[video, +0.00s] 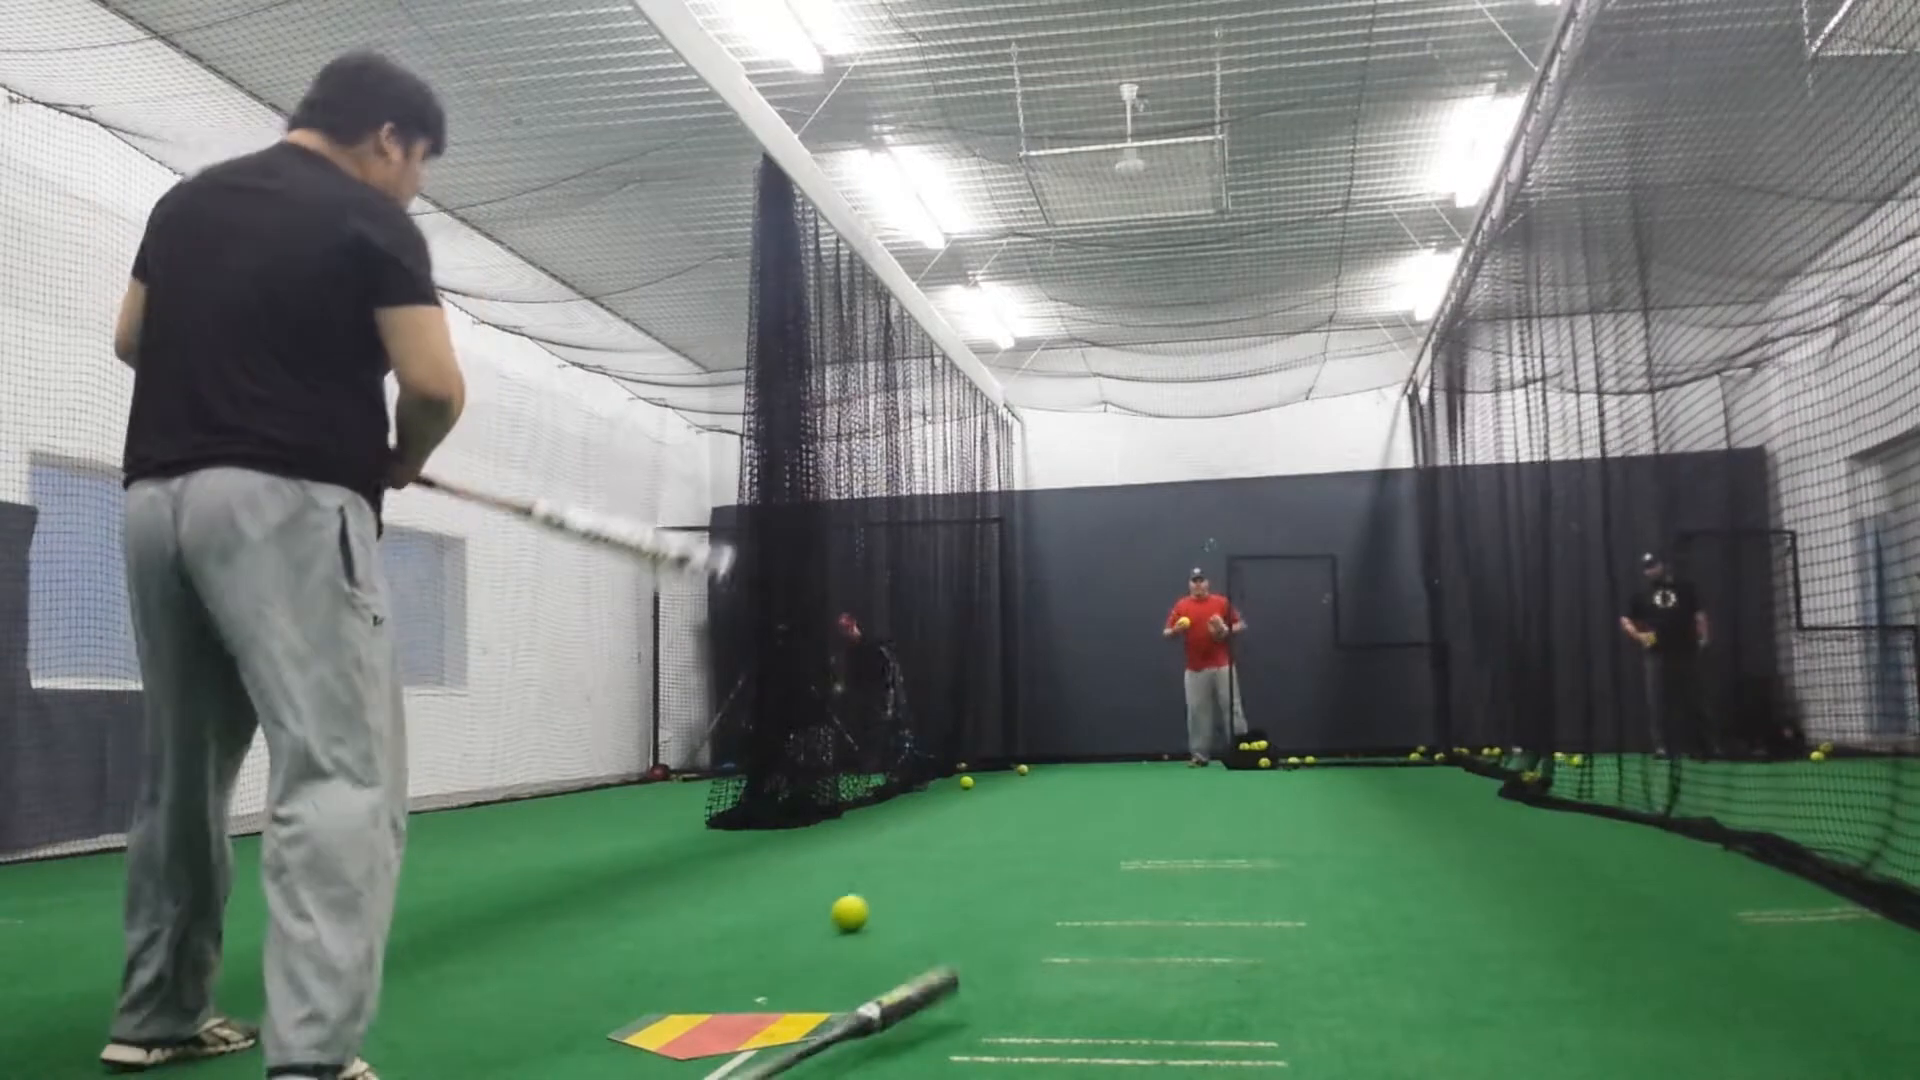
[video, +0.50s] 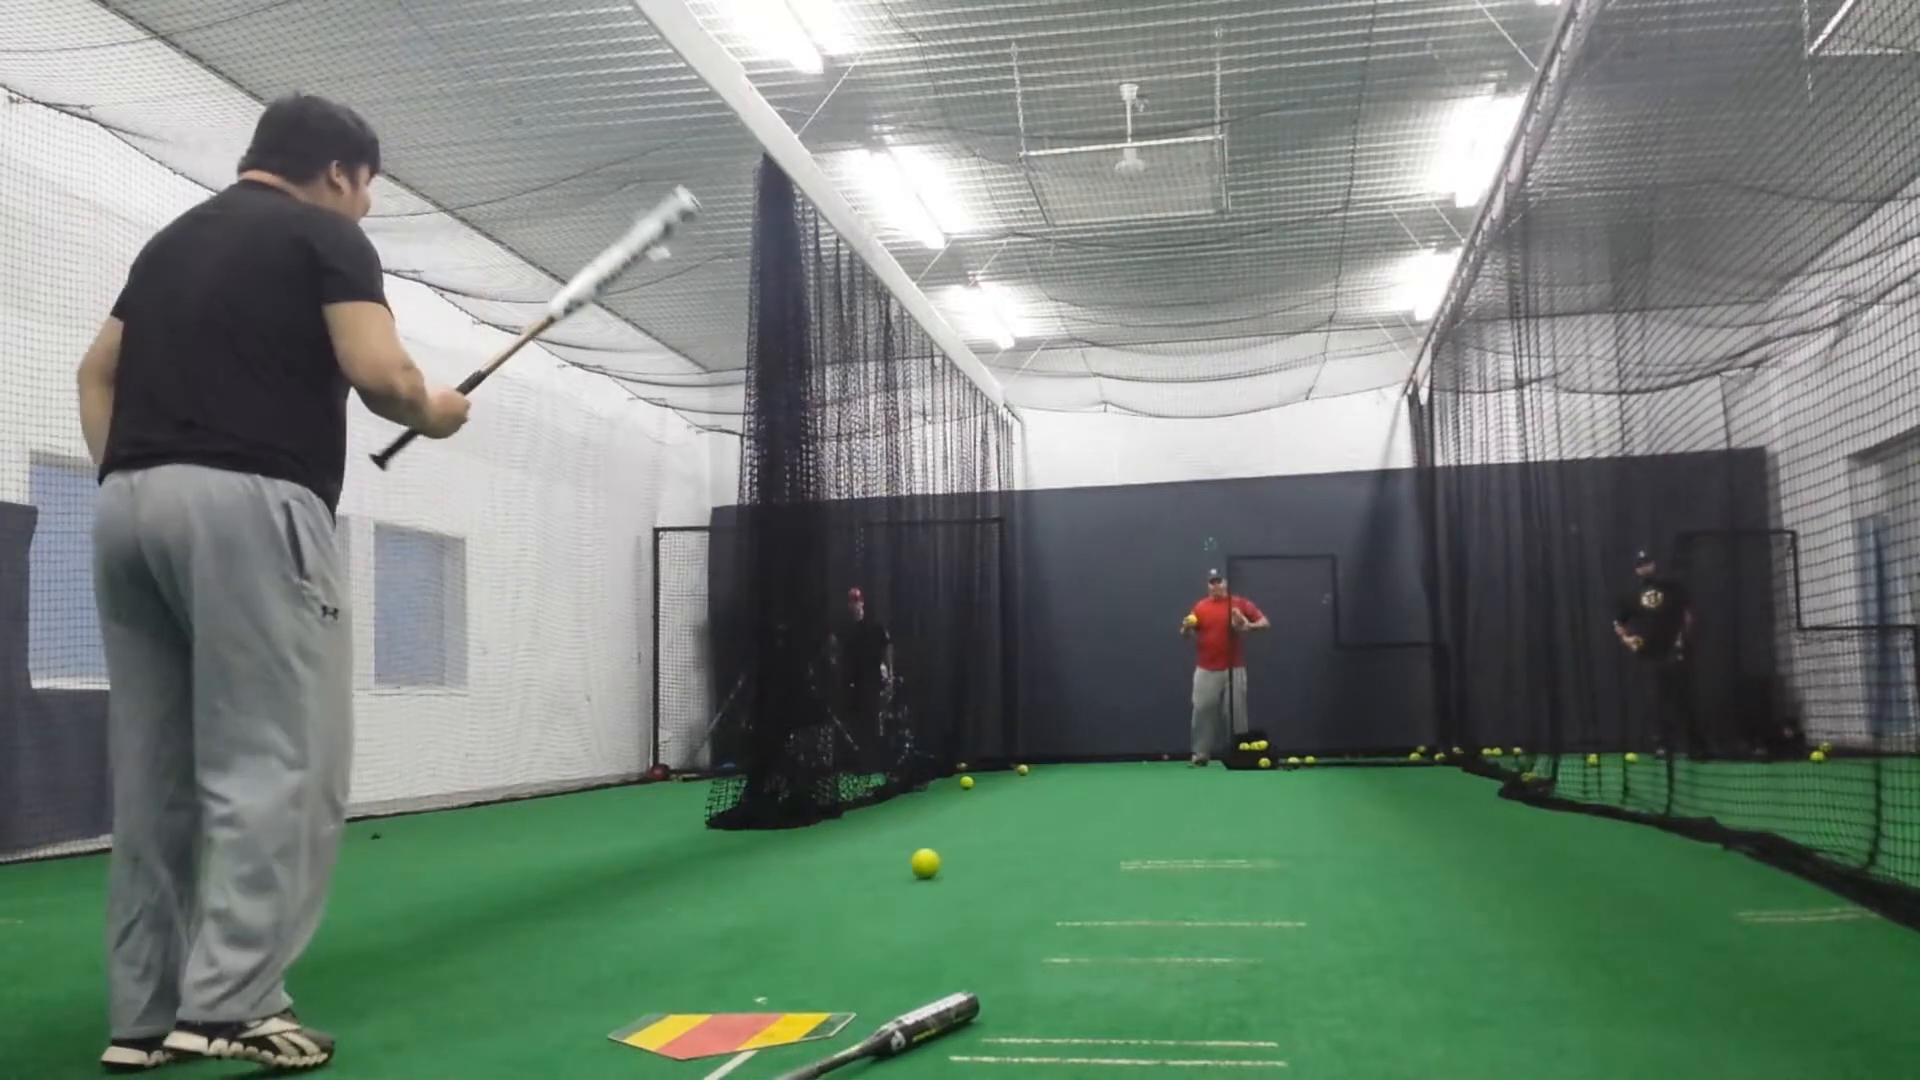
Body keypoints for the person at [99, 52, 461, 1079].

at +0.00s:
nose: (414, 194)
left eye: (423, 176)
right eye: (419, 171)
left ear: (309, 123)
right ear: (384, 140)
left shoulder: (191, 193)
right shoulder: (373, 220)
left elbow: (131, 333)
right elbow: (437, 389)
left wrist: (226, 392)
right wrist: (406, 455)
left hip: (156, 503)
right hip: (280, 500)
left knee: (184, 768)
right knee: (336, 774)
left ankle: (156, 1015)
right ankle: (314, 1052)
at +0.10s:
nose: (396, 194)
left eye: (400, 175)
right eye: (398, 172)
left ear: (287, 137)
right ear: (364, 152)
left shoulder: (180, 211)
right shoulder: (354, 228)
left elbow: (141, 354)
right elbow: (417, 393)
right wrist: (398, 443)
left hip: (145, 510)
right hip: (266, 509)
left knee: (184, 764)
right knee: (339, 760)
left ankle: (155, 1015)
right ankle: (314, 1020)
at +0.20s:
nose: (379, 193)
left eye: (382, 175)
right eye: (380, 172)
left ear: (267, 145)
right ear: (346, 155)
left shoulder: (173, 217)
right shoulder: (340, 230)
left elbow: (202, 363)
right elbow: (398, 389)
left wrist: (329, 404)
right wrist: (395, 436)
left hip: (134, 509)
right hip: (253, 508)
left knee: (174, 763)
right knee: (335, 743)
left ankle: (154, 1016)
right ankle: (303, 980)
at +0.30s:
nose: (368, 197)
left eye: (371, 180)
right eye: (369, 178)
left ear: (260, 152)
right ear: (339, 160)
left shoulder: (167, 222)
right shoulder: (334, 232)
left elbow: (208, 362)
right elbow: (381, 384)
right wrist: (405, 421)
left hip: (131, 503)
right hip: (251, 503)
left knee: (164, 756)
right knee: (321, 738)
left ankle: (151, 1015)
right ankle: (270, 978)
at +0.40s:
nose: (367, 207)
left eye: (369, 191)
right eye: (367, 187)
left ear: (258, 159)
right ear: (336, 167)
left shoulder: (163, 231)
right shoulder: (329, 229)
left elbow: (114, 375)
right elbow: (373, 377)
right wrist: (416, 409)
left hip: (131, 502)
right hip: (252, 501)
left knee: (156, 762)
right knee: (306, 748)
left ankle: (144, 1017)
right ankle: (241, 996)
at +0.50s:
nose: (369, 208)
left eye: (371, 193)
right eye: (368, 190)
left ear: (256, 166)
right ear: (336, 173)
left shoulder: (171, 239)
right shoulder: (327, 232)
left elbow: (99, 369)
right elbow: (376, 374)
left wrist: (124, 479)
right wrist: (430, 407)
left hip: (130, 501)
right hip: (248, 501)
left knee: (153, 765)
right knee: (270, 761)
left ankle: (144, 1016)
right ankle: (230, 1006)